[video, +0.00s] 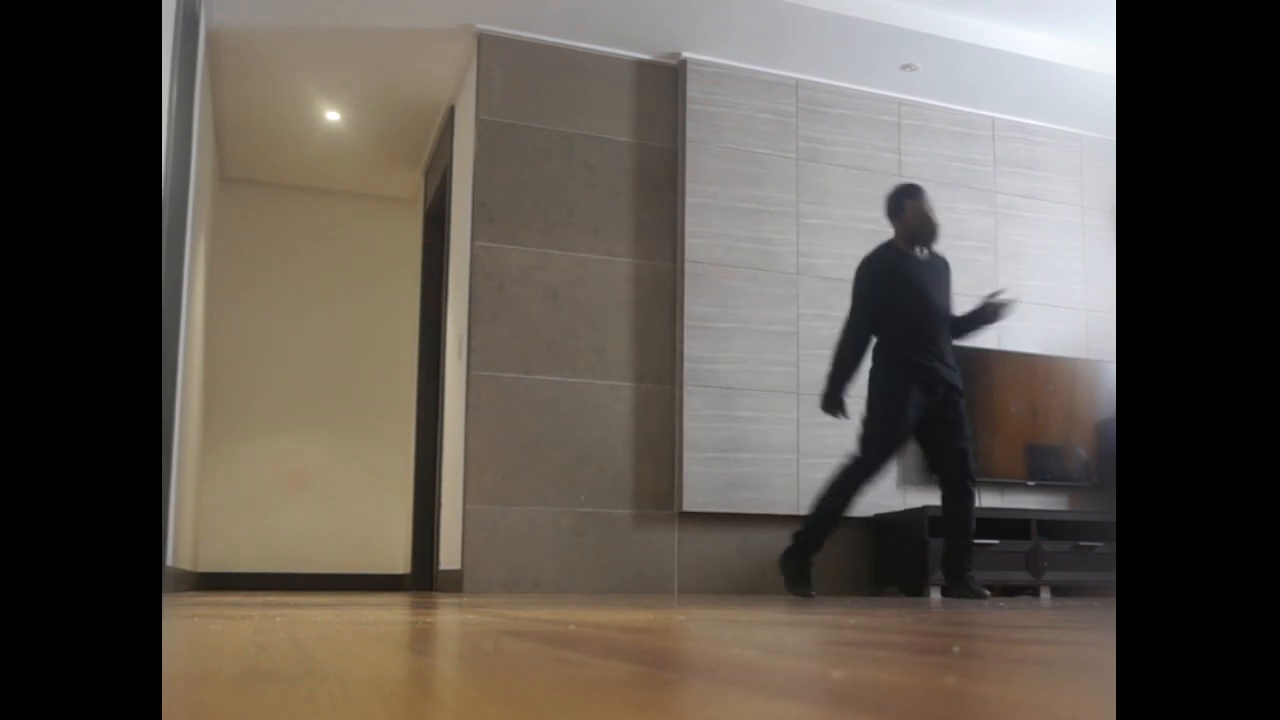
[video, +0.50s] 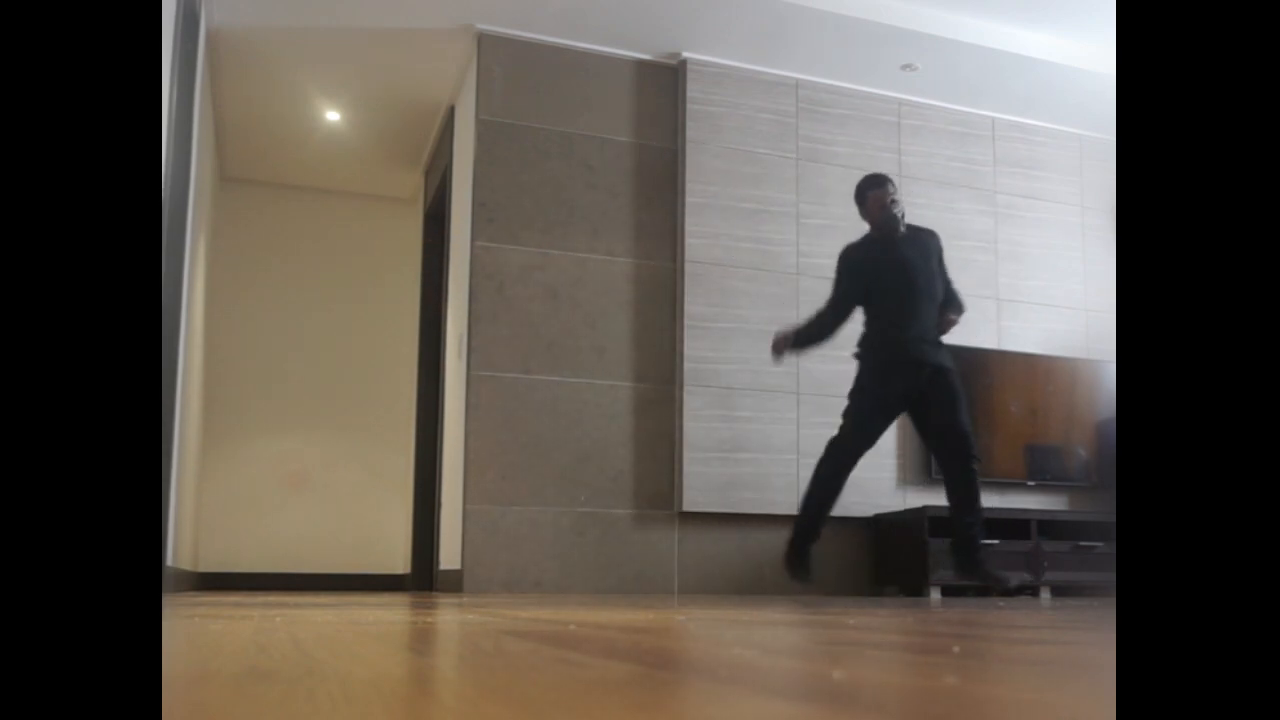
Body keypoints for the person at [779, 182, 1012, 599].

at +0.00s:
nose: (931, 218)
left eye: (930, 210)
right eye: (921, 212)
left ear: (923, 216)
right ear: (899, 219)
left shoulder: (938, 267)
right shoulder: (879, 265)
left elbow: (942, 330)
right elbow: (858, 328)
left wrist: (981, 316)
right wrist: (836, 385)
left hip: (942, 386)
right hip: (895, 383)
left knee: (959, 480)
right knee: (868, 464)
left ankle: (957, 578)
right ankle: (799, 554)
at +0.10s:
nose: (912, 208)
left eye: (912, 200)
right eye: (901, 204)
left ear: (916, 203)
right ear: (882, 212)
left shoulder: (931, 248)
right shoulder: (870, 253)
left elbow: (926, 307)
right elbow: (847, 312)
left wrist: (950, 315)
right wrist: (823, 364)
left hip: (936, 377)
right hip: (889, 375)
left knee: (961, 465)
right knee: (850, 457)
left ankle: (967, 573)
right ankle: (801, 550)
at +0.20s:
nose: (898, 207)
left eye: (898, 200)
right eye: (888, 203)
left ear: (901, 204)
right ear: (867, 213)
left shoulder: (920, 249)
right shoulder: (854, 257)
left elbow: (931, 296)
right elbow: (836, 306)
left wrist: (940, 318)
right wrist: (816, 334)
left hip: (921, 369)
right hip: (876, 370)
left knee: (960, 458)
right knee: (851, 459)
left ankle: (1003, 555)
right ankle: (809, 561)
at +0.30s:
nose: (892, 222)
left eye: (893, 215)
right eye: (882, 218)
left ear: (898, 216)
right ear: (861, 226)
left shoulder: (916, 260)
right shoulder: (847, 268)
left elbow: (933, 312)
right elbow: (827, 317)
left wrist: (933, 333)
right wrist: (809, 325)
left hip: (915, 385)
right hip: (869, 388)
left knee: (963, 464)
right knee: (847, 475)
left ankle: (1014, 555)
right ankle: (806, 571)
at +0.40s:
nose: (891, 215)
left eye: (892, 207)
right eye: (881, 211)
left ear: (897, 205)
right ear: (861, 215)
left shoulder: (919, 247)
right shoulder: (850, 256)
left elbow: (936, 297)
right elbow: (829, 308)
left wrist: (941, 316)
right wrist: (802, 316)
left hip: (921, 376)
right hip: (872, 377)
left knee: (958, 462)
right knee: (842, 462)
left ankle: (995, 563)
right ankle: (808, 563)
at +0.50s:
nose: (892, 203)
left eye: (894, 196)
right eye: (881, 200)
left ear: (902, 201)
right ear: (865, 212)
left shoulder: (927, 241)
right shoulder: (857, 256)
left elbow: (946, 291)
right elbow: (836, 312)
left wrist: (951, 309)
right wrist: (795, 339)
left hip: (932, 369)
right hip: (882, 369)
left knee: (960, 458)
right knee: (845, 450)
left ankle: (972, 562)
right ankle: (800, 547)